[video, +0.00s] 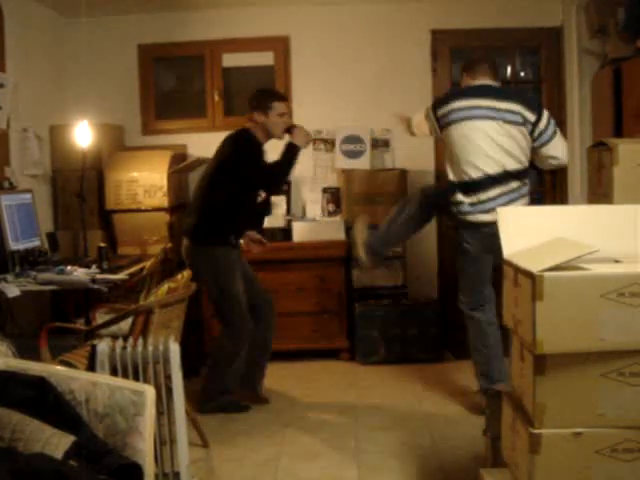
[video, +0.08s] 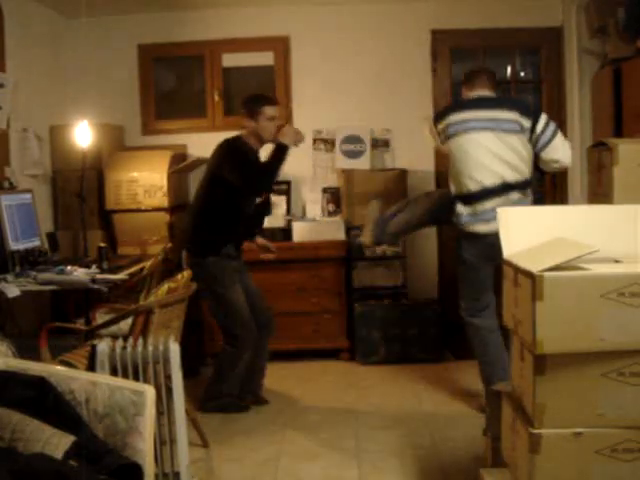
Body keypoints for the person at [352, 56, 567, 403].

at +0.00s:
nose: (463, 85)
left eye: (463, 79)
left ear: (463, 79)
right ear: (497, 78)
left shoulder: (449, 104)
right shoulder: (525, 105)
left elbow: (418, 128)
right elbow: (558, 156)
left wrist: (406, 120)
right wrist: (522, 150)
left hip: (475, 221)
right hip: (518, 215)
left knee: (478, 305)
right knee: (428, 197)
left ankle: (495, 389)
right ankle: (374, 248)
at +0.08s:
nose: (463, 97)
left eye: (462, 91)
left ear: (464, 90)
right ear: (496, 87)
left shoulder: (449, 117)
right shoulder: (525, 112)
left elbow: (443, 154)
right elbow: (562, 158)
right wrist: (528, 151)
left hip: (480, 230)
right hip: (524, 226)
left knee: (479, 310)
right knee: (443, 200)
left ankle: (499, 393)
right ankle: (381, 232)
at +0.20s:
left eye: (465, 100)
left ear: (466, 98)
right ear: (502, 98)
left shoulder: (444, 125)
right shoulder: (517, 121)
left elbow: (446, 167)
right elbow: (557, 166)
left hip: (467, 239)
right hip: (513, 233)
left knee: (471, 313)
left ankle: (498, 387)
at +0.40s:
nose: (502, 90)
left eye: (503, 86)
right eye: (504, 86)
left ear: (471, 72)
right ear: (499, 79)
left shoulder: (441, 102)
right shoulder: (496, 105)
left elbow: (443, 150)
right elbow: (529, 153)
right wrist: (508, 146)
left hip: (460, 216)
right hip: (499, 212)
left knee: (476, 298)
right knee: (514, 292)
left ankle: (491, 381)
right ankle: (523, 369)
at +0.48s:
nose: (496, 104)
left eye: (498, 100)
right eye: (498, 99)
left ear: (471, 86)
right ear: (490, 92)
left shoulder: (441, 115)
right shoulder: (479, 118)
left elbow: (477, 120)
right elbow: (501, 152)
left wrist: (515, 100)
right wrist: (521, 156)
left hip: (456, 226)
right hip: (490, 220)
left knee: (478, 306)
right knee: (523, 294)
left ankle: (476, 392)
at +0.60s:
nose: (506, 108)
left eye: (508, 103)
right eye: (505, 101)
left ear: (486, 94)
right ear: (489, 92)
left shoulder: (470, 115)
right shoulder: (459, 112)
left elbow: (513, 116)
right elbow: (457, 147)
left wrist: (553, 98)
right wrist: (503, 155)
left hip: (455, 217)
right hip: (468, 212)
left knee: (474, 304)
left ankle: (477, 394)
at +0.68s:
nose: (512, 100)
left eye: (514, 94)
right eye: (509, 93)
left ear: (492, 87)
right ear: (489, 85)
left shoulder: (484, 110)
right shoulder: (456, 105)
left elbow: (523, 114)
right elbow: (441, 142)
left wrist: (568, 104)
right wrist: (490, 153)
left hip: (449, 205)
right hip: (459, 199)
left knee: (465, 296)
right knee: (531, 207)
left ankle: (473, 390)